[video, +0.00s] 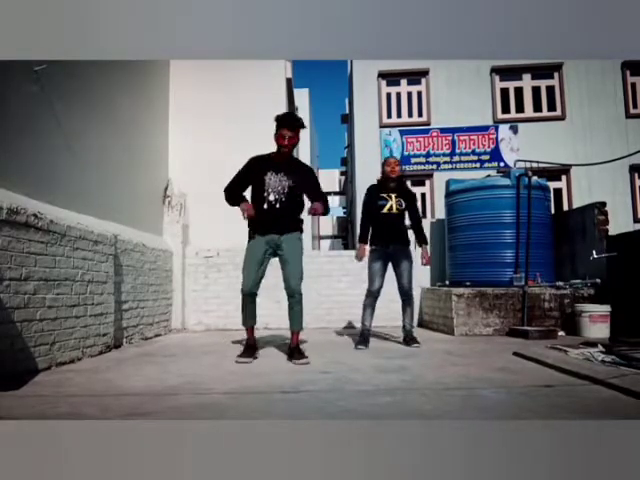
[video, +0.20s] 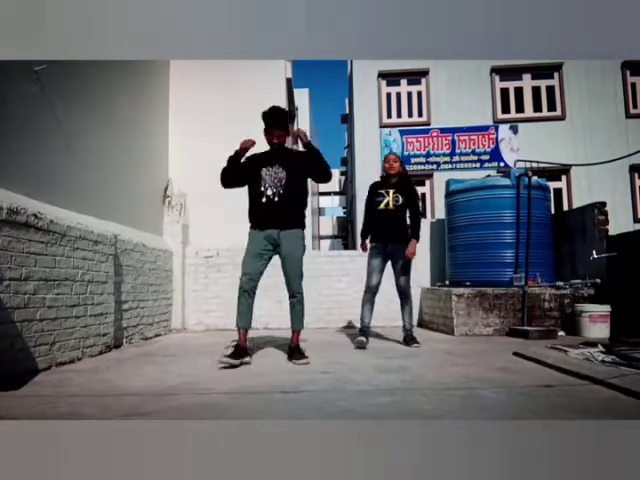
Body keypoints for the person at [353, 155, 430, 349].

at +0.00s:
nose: (393, 168)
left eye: (396, 165)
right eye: (390, 165)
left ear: (400, 168)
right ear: (383, 168)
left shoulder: (407, 192)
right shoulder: (373, 191)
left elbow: (415, 220)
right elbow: (366, 218)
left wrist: (423, 245)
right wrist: (362, 243)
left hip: (400, 246)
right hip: (378, 246)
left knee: (406, 290)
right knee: (373, 289)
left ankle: (408, 334)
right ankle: (364, 334)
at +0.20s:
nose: (391, 164)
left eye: (394, 162)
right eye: (388, 162)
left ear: (401, 166)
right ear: (384, 166)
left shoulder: (408, 187)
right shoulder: (375, 187)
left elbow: (415, 215)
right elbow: (368, 214)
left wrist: (414, 240)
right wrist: (364, 237)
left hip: (400, 243)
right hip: (378, 242)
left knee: (403, 288)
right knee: (371, 286)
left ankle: (408, 333)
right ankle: (363, 332)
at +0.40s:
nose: (378, 165)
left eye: (382, 162)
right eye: (375, 163)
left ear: (389, 166)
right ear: (371, 168)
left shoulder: (399, 187)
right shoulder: (366, 192)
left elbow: (409, 217)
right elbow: (365, 221)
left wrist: (411, 244)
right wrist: (365, 245)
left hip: (396, 245)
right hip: (373, 246)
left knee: (401, 288)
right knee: (368, 290)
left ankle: (408, 332)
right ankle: (362, 335)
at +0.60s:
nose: (367, 165)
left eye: (370, 162)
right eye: (363, 163)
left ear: (376, 166)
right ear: (359, 167)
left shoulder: (387, 186)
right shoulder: (355, 191)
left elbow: (400, 213)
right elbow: (351, 223)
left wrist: (410, 238)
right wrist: (351, 253)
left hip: (391, 245)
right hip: (368, 247)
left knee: (402, 287)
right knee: (365, 291)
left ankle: (408, 330)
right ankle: (361, 336)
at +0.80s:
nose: (373, 165)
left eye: (376, 161)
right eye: (369, 162)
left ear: (381, 165)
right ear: (363, 166)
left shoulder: (387, 187)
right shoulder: (358, 187)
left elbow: (396, 217)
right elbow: (346, 208)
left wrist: (405, 243)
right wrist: (340, 222)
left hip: (391, 243)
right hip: (369, 244)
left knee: (399, 288)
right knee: (367, 289)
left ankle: (399, 333)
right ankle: (362, 336)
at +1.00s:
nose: (384, 165)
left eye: (387, 162)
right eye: (380, 162)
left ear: (393, 165)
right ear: (376, 166)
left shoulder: (399, 191)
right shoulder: (368, 185)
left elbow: (403, 222)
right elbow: (353, 201)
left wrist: (406, 249)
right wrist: (349, 212)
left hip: (390, 245)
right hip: (367, 244)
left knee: (396, 289)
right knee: (364, 289)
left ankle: (398, 333)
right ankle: (361, 335)